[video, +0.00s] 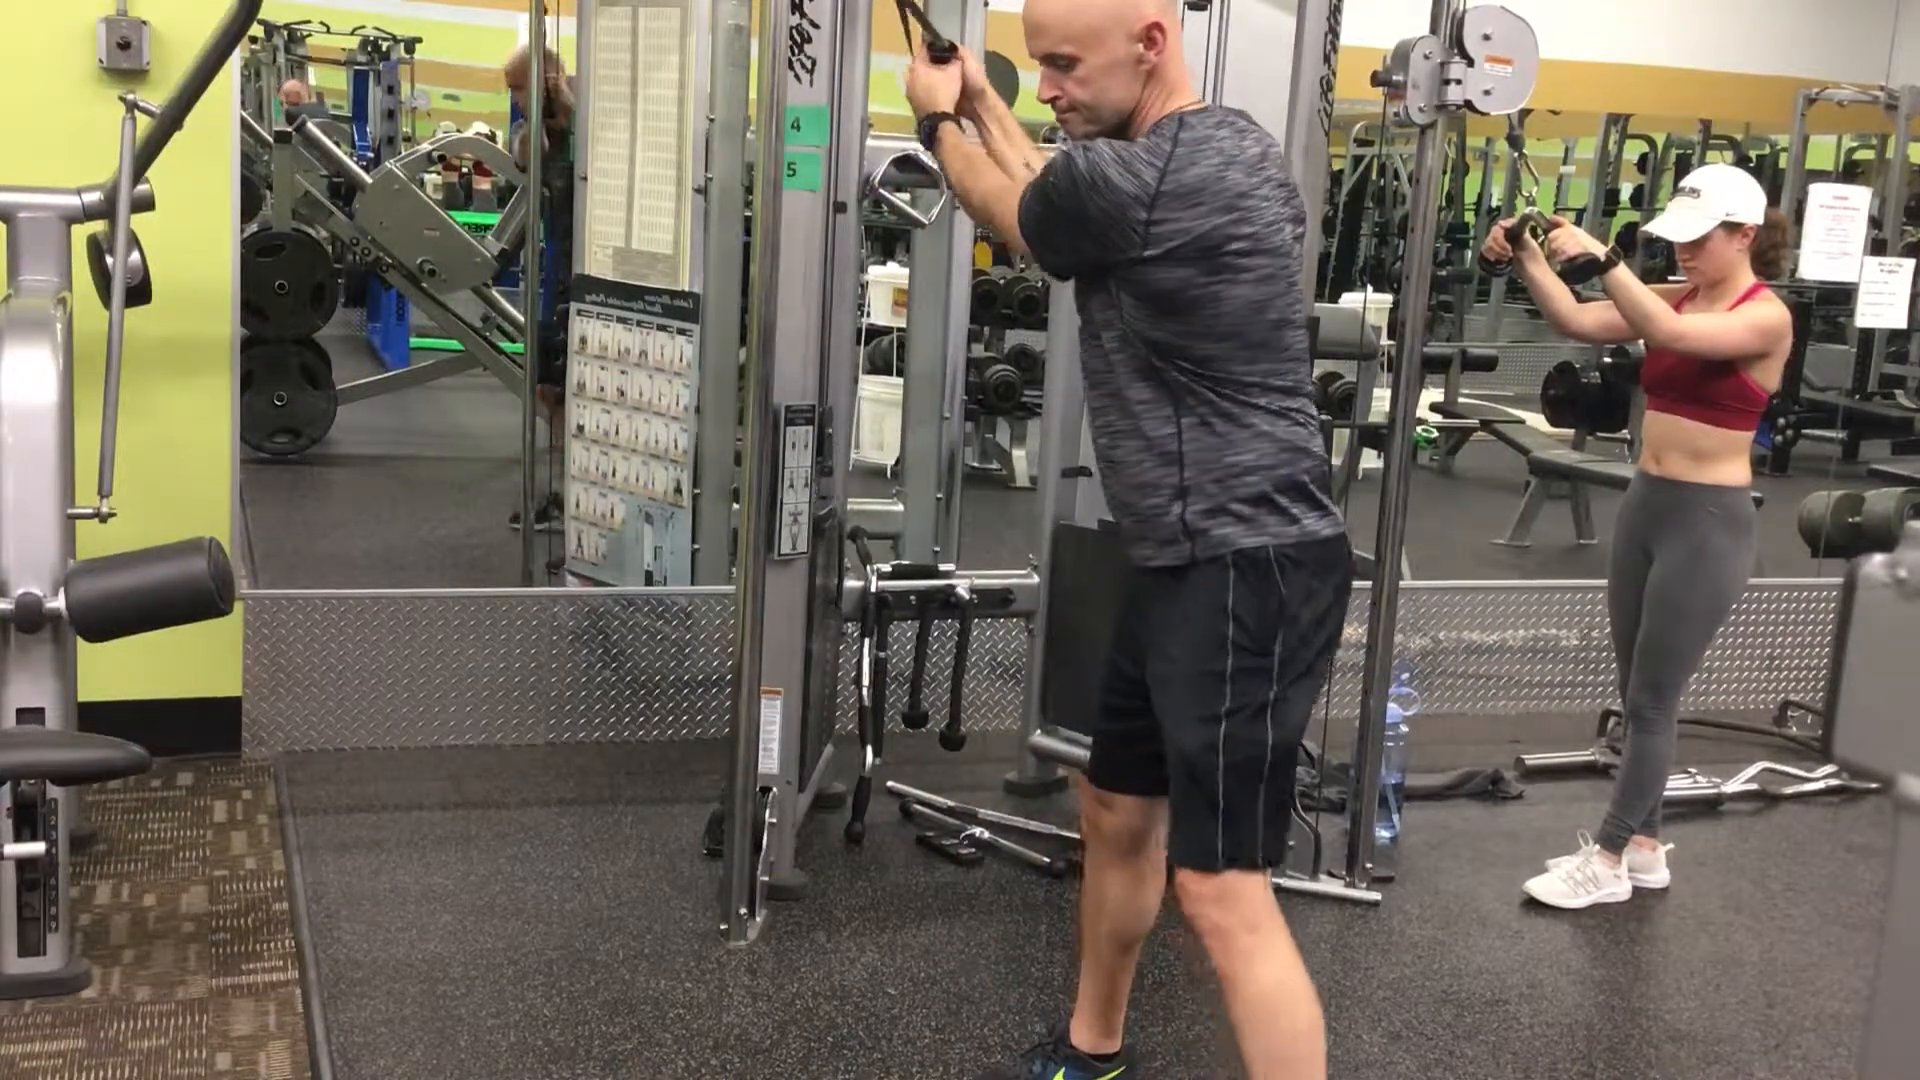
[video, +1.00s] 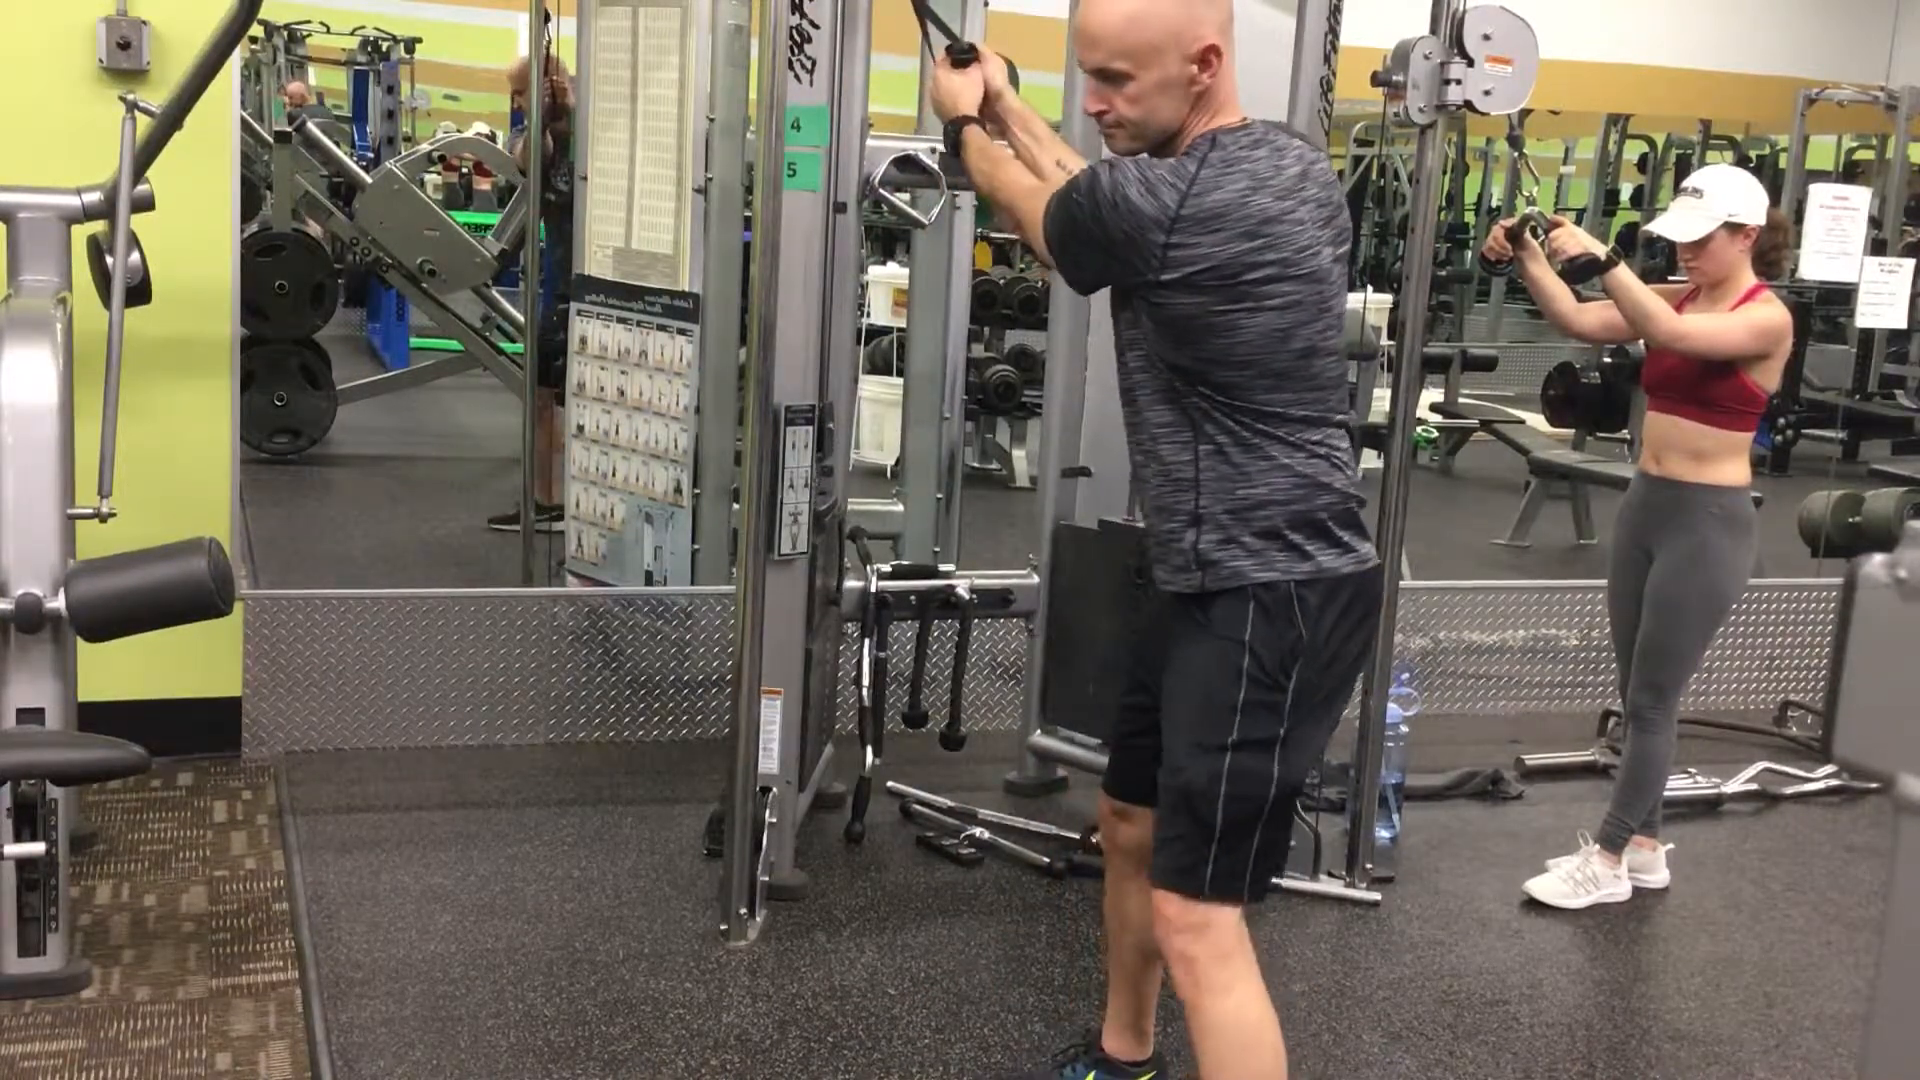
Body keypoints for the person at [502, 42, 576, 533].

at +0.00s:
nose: (518, 103)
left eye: (523, 92)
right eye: (514, 94)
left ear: (551, 81)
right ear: (525, 88)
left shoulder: (587, 126)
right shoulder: (532, 134)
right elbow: (521, 208)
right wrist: (492, 264)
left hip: (582, 270)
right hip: (551, 272)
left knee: (563, 389)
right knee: (548, 387)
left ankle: (583, 493)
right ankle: (563, 491)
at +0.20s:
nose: (514, 109)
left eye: (519, 99)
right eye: (509, 102)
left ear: (548, 90)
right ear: (512, 99)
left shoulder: (586, 131)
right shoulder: (533, 137)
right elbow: (517, 185)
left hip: (578, 279)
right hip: (543, 278)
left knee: (579, 400)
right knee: (541, 395)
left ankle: (585, 506)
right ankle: (554, 499)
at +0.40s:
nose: (514, 105)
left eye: (521, 94)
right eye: (509, 97)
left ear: (549, 87)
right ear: (513, 97)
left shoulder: (584, 134)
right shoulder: (530, 141)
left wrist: (568, 122)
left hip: (577, 283)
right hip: (543, 282)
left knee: (579, 398)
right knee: (534, 391)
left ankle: (583, 504)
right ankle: (554, 499)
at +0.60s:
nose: (513, 101)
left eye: (519, 91)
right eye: (511, 92)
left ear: (545, 89)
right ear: (550, 89)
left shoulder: (547, 139)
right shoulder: (547, 139)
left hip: (556, 285)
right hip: (552, 282)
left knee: (532, 390)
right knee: (539, 392)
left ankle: (555, 497)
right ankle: (556, 496)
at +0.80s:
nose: (513, 102)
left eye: (519, 93)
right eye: (513, 94)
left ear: (543, 88)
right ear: (552, 84)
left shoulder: (544, 132)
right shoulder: (570, 126)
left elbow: (528, 169)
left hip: (555, 281)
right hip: (564, 277)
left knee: (544, 399)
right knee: (549, 399)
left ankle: (546, 500)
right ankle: (549, 499)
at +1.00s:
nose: (514, 102)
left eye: (519, 93)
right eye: (514, 94)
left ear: (539, 89)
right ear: (552, 84)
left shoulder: (547, 131)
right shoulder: (572, 124)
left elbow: (526, 168)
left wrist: (487, 142)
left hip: (557, 278)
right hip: (568, 274)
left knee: (543, 397)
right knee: (549, 397)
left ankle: (547, 499)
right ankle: (548, 498)